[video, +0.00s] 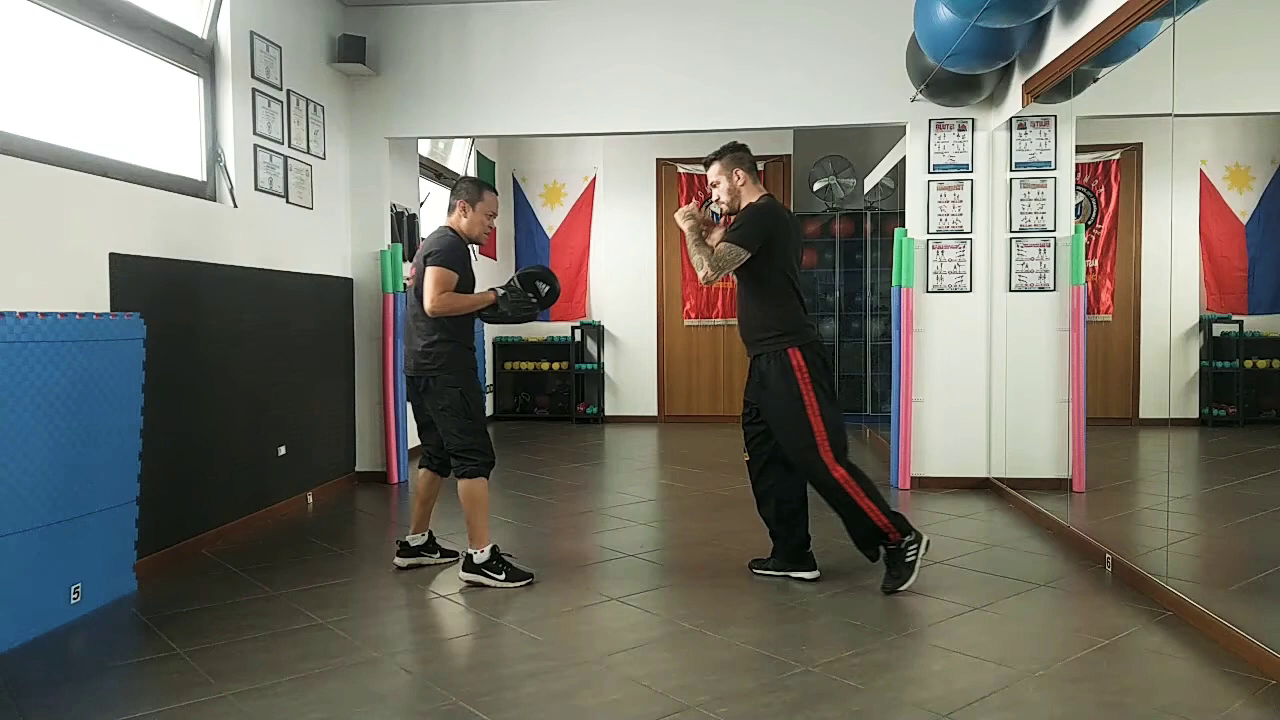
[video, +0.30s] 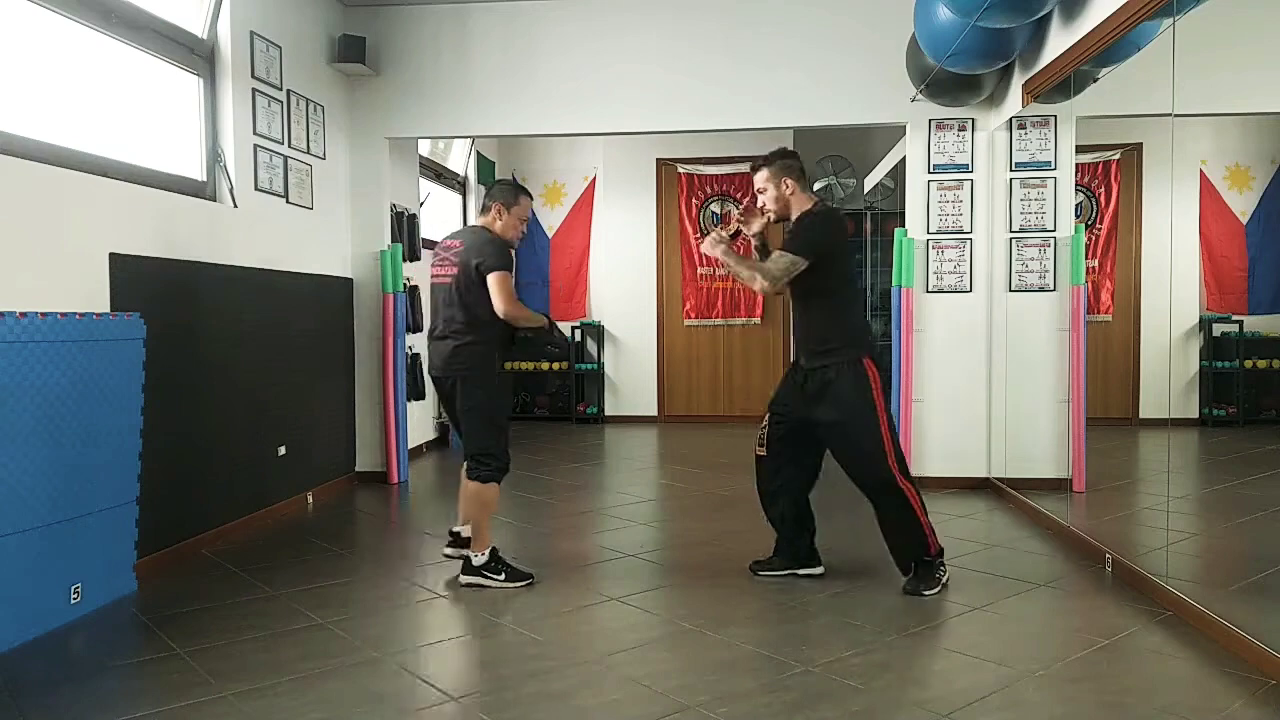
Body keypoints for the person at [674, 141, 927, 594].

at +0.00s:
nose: (713, 193)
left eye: (717, 184)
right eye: (711, 186)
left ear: (740, 177)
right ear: (743, 180)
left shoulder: (762, 213)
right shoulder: (756, 218)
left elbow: (709, 270)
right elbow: (730, 269)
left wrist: (690, 232)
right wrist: (710, 238)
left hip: (789, 353)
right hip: (768, 356)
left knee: (820, 456)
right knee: (768, 457)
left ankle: (899, 540)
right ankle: (793, 555)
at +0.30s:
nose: (760, 201)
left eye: (763, 190)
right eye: (757, 193)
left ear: (788, 184)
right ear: (789, 187)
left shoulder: (819, 222)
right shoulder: (799, 228)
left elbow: (769, 280)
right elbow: (778, 283)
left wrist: (724, 254)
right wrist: (759, 239)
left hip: (849, 368)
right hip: (808, 369)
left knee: (880, 470)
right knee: (777, 460)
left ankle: (926, 560)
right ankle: (796, 552)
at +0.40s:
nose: (774, 205)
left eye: (775, 194)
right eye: (770, 196)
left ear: (802, 188)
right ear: (800, 191)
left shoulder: (843, 228)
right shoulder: (810, 236)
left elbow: (807, 294)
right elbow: (800, 295)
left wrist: (772, 250)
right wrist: (771, 248)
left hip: (862, 370)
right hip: (818, 373)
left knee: (884, 472)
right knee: (774, 449)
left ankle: (929, 562)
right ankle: (793, 547)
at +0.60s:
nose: (778, 202)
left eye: (783, 191)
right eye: (776, 194)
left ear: (808, 186)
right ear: (804, 190)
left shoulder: (851, 220)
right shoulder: (810, 233)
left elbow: (793, 259)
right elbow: (795, 295)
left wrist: (749, 224)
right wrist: (764, 239)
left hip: (867, 368)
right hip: (816, 370)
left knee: (886, 469)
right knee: (779, 454)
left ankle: (927, 562)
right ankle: (786, 548)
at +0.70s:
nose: (771, 198)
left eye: (777, 187)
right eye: (769, 190)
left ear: (802, 185)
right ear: (795, 189)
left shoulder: (849, 216)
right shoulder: (793, 238)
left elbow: (799, 252)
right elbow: (770, 298)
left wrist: (756, 216)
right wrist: (744, 283)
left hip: (871, 363)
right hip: (820, 366)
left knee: (885, 463)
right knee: (788, 454)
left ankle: (923, 559)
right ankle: (789, 549)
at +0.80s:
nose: (775, 203)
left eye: (780, 193)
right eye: (773, 196)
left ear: (805, 188)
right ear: (799, 194)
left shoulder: (850, 220)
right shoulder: (800, 238)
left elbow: (798, 257)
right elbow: (757, 294)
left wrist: (768, 214)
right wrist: (708, 317)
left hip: (872, 366)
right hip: (822, 368)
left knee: (883, 468)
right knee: (788, 453)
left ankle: (914, 559)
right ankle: (789, 549)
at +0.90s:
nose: (785, 209)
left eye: (788, 198)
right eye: (783, 201)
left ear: (815, 193)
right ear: (814, 196)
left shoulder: (854, 231)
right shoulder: (814, 244)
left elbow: (791, 274)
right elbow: (792, 302)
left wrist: (744, 236)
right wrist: (744, 304)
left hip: (863, 379)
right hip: (816, 377)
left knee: (872, 477)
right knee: (765, 447)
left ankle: (915, 563)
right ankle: (782, 543)